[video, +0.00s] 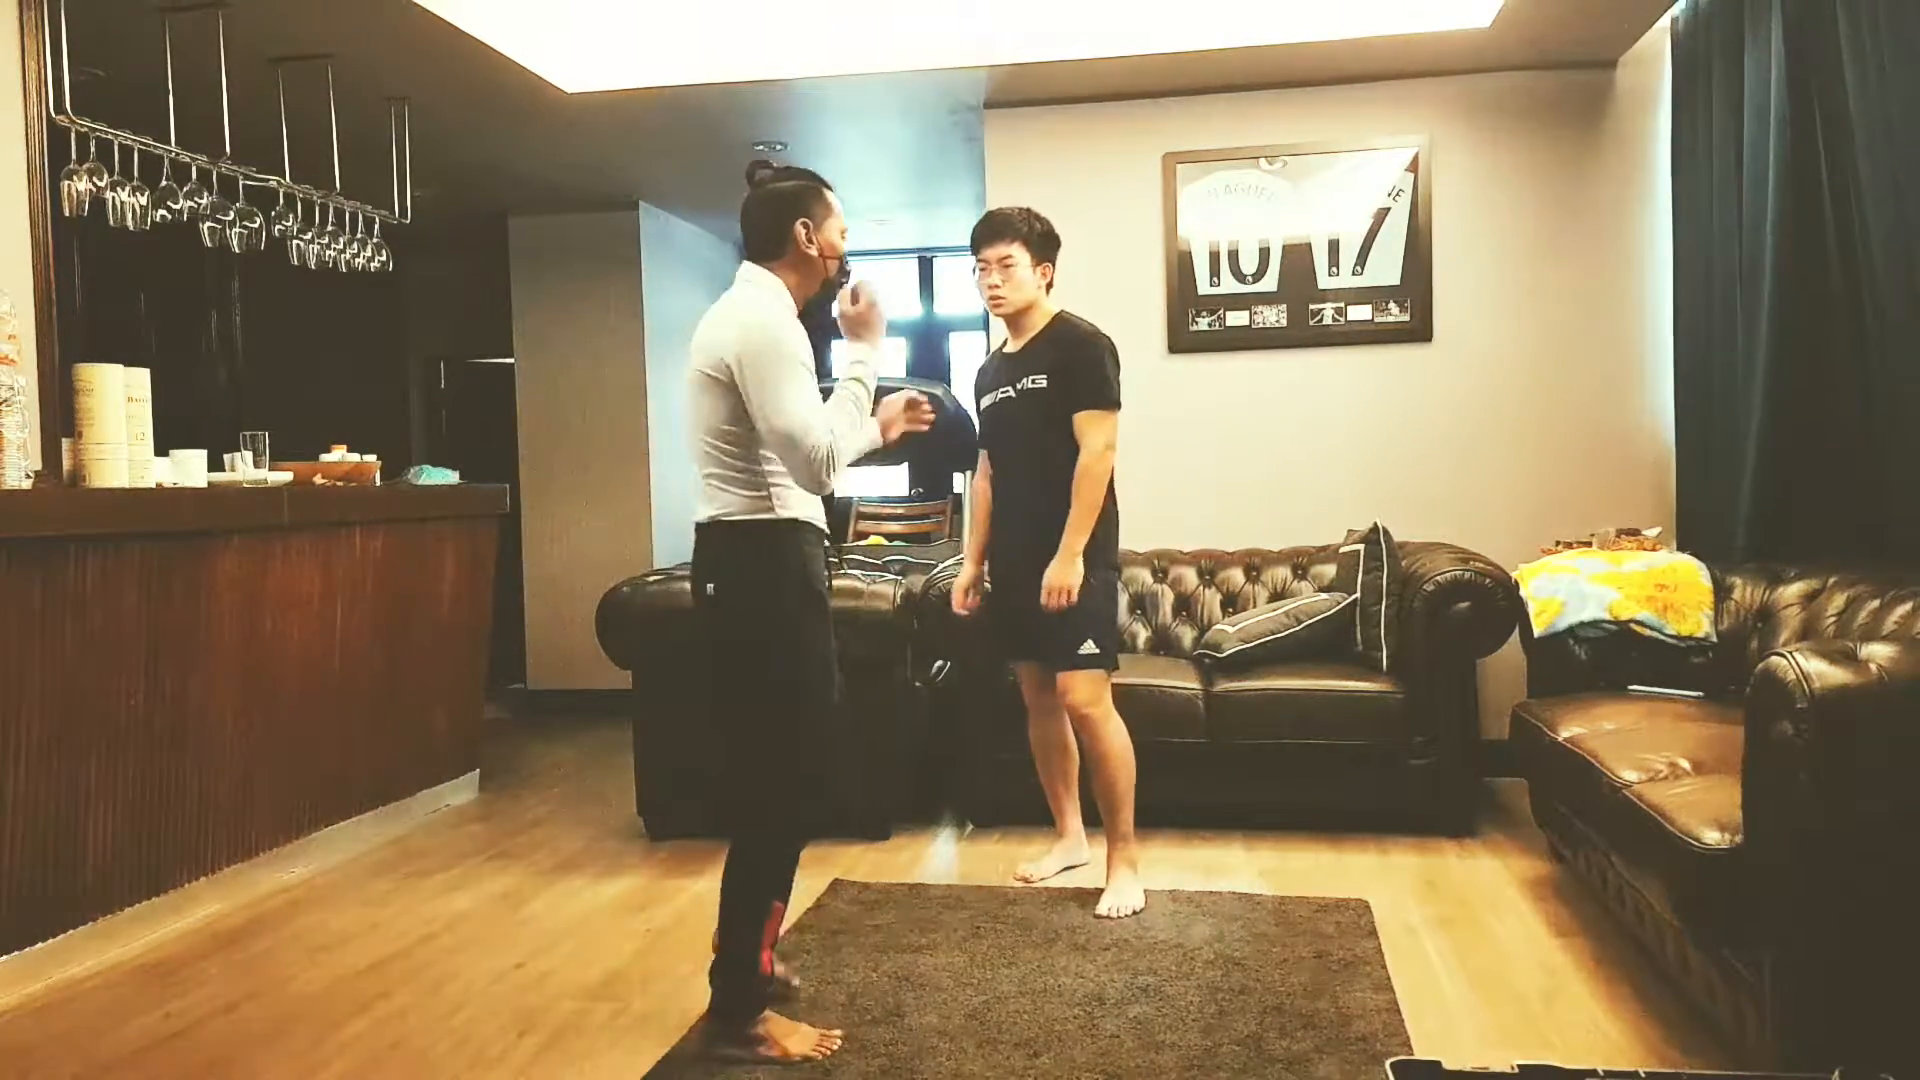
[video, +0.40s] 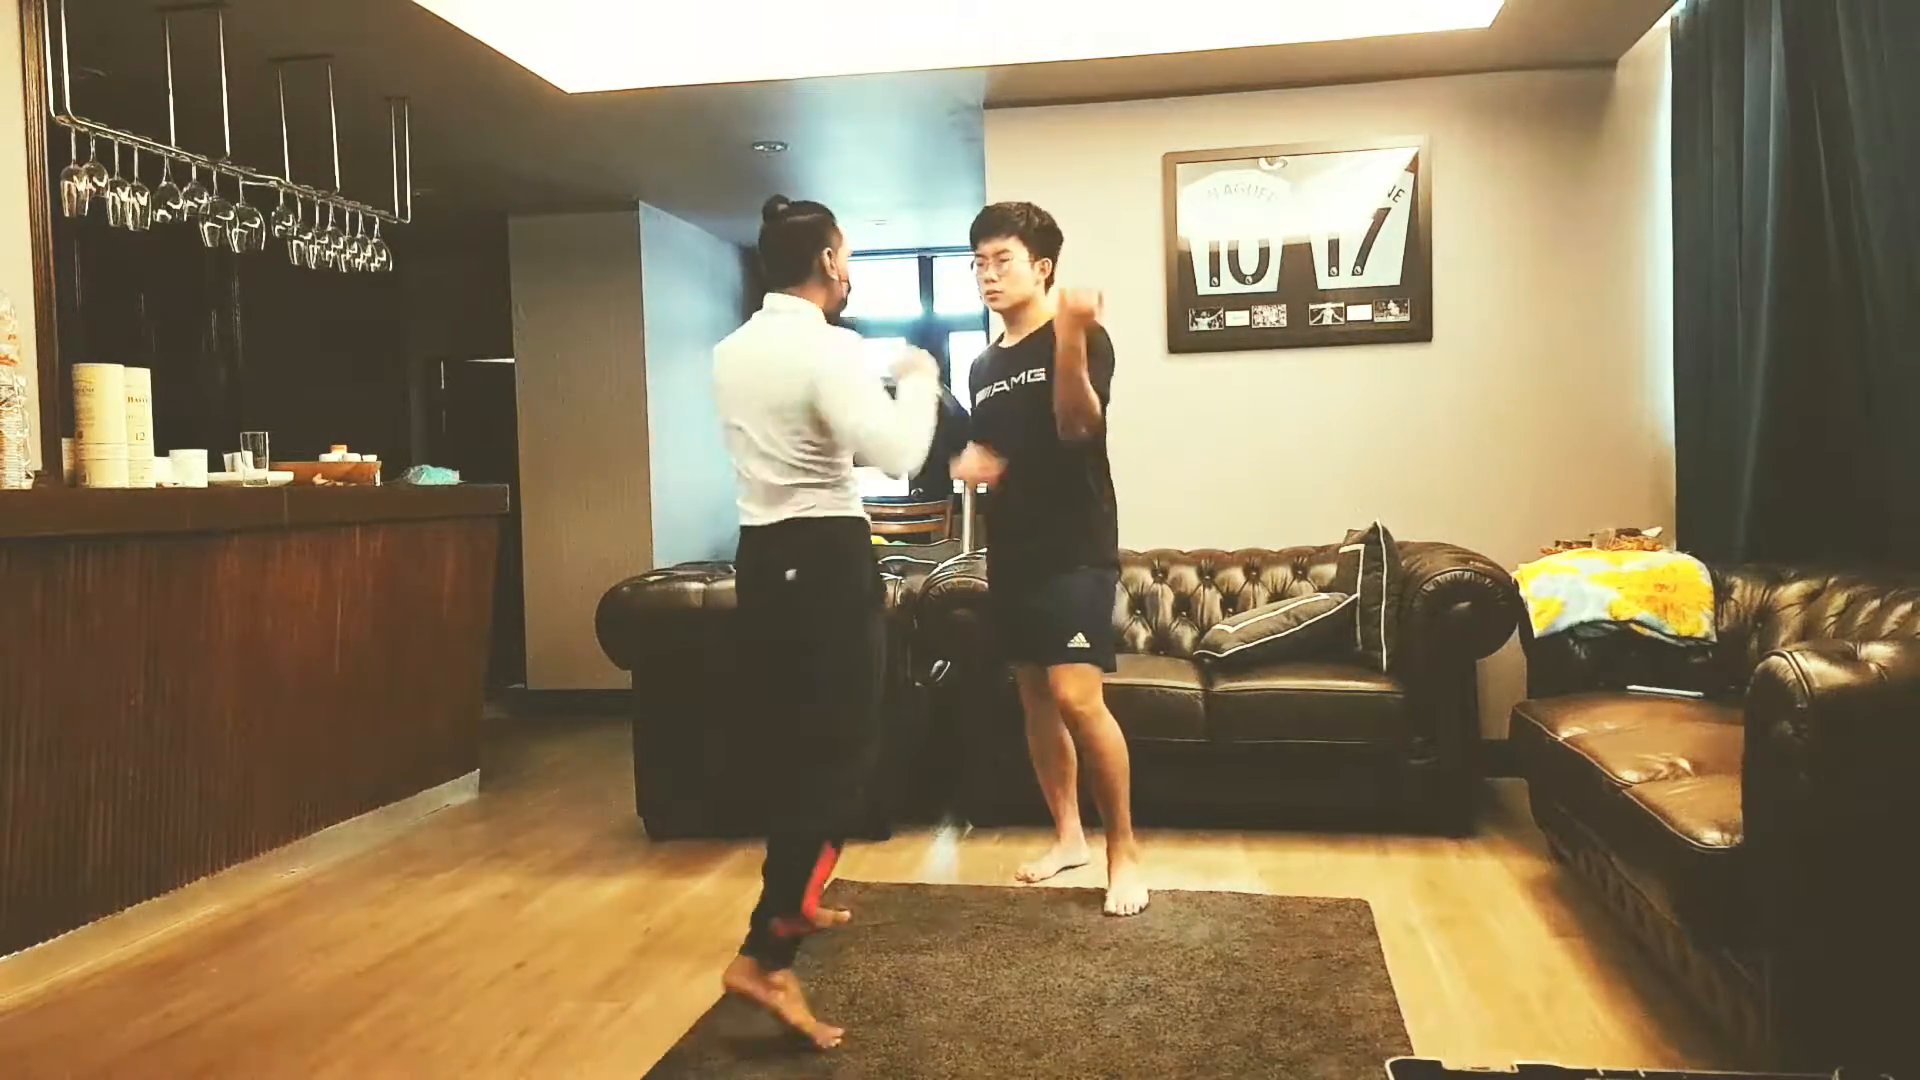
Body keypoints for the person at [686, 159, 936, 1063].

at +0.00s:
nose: (845, 243)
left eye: (841, 229)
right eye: (837, 228)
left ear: (784, 236)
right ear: (804, 233)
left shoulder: (756, 312)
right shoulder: (763, 317)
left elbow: (796, 450)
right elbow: (820, 450)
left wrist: (878, 432)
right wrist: (861, 355)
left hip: (762, 551)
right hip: (764, 555)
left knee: (783, 772)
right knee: (779, 777)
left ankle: (749, 965)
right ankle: (736, 1015)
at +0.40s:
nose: (852, 270)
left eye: (847, 256)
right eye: (845, 257)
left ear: (776, 268)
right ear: (823, 264)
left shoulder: (732, 349)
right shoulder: (825, 351)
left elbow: (776, 448)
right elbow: (900, 450)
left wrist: (869, 387)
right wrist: (919, 377)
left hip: (761, 549)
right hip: (827, 551)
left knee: (801, 725)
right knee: (841, 745)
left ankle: (798, 885)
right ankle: (763, 958)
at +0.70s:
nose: (864, 281)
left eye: (858, 268)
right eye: (860, 269)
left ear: (786, 280)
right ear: (845, 275)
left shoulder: (735, 348)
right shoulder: (883, 348)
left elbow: (713, 457)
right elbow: (968, 446)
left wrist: (779, 433)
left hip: (769, 549)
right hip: (855, 543)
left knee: (784, 721)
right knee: (890, 715)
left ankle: (785, 914)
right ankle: (839, 897)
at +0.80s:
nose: (882, 293)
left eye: (878, 281)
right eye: (878, 282)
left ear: (806, 288)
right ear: (865, 285)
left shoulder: (754, 350)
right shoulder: (890, 363)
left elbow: (793, 435)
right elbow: (960, 477)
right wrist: (992, 569)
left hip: (768, 546)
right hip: (851, 547)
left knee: (785, 719)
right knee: (911, 715)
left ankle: (786, 909)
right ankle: (899, 896)